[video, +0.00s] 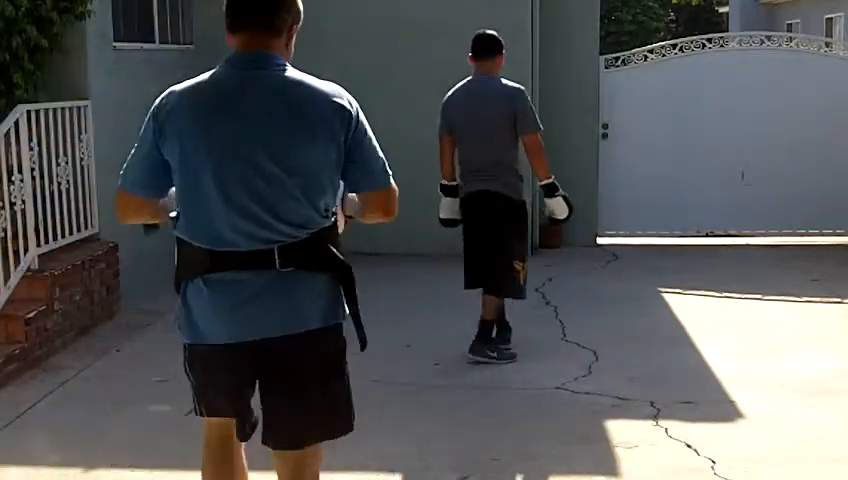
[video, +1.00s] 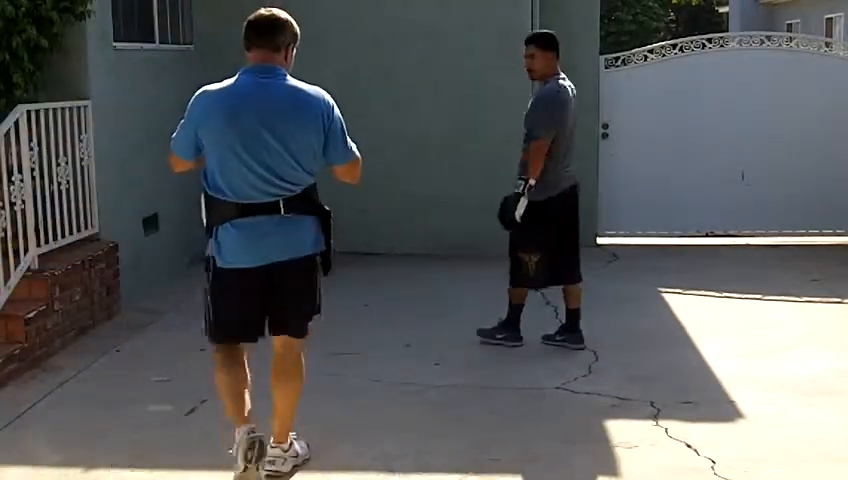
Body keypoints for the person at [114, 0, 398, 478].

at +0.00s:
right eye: (296, 29)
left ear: (228, 29)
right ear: (292, 30)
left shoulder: (175, 104)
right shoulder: (332, 103)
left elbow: (130, 207)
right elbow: (383, 205)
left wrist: (175, 203)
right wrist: (342, 201)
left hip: (213, 315)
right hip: (305, 312)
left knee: (221, 434)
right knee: (299, 451)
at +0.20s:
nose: (292, 52)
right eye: (292, 46)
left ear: (229, 49)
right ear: (289, 48)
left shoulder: (186, 118)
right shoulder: (325, 113)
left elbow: (140, 211)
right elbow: (376, 202)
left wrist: (192, 197)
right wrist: (322, 185)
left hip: (226, 310)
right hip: (308, 304)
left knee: (239, 429)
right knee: (302, 436)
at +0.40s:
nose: (282, 50)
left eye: (281, 44)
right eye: (282, 44)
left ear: (222, 46)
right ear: (277, 45)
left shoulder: (183, 112)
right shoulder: (314, 107)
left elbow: (147, 199)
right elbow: (359, 191)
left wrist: (197, 182)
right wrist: (311, 163)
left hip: (219, 289)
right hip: (297, 286)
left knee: (236, 406)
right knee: (309, 399)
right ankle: (302, 477)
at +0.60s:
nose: (281, 49)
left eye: (280, 42)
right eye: (282, 42)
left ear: (226, 41)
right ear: (276, 43)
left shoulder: (186, 100)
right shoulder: (309, 99)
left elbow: (154, 176)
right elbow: (352, 178)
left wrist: (206, 160)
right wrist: (306, 146)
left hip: (220, 273)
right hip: (293, 267)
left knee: (238, 393)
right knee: (297, 362)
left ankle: (249, 477)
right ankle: (296, 471)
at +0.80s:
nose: (286, 60)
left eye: (284, 54)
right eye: (287, 54)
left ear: (234, 53)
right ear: (281, 55)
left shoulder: (196, 109)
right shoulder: (311, 108)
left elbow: (167, 173)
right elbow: (350, 182)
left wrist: (216, 161)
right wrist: (306, 152)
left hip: (224, 268)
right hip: (290, 265)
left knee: (236, 378)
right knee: (283, 357)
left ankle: (248, 475)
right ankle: (278, 449)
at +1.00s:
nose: (294, 56)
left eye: (292, 50)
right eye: (294, 50)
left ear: (246, 49)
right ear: (289, 50)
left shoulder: (208, 100)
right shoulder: (316, 102)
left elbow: (180, 161)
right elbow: (350, 172)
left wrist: (225, 145)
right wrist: (310, 141)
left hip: (233, 247)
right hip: (296, 244)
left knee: (229, 348)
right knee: (289, 347)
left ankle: (243, 433)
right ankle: (280, 446)